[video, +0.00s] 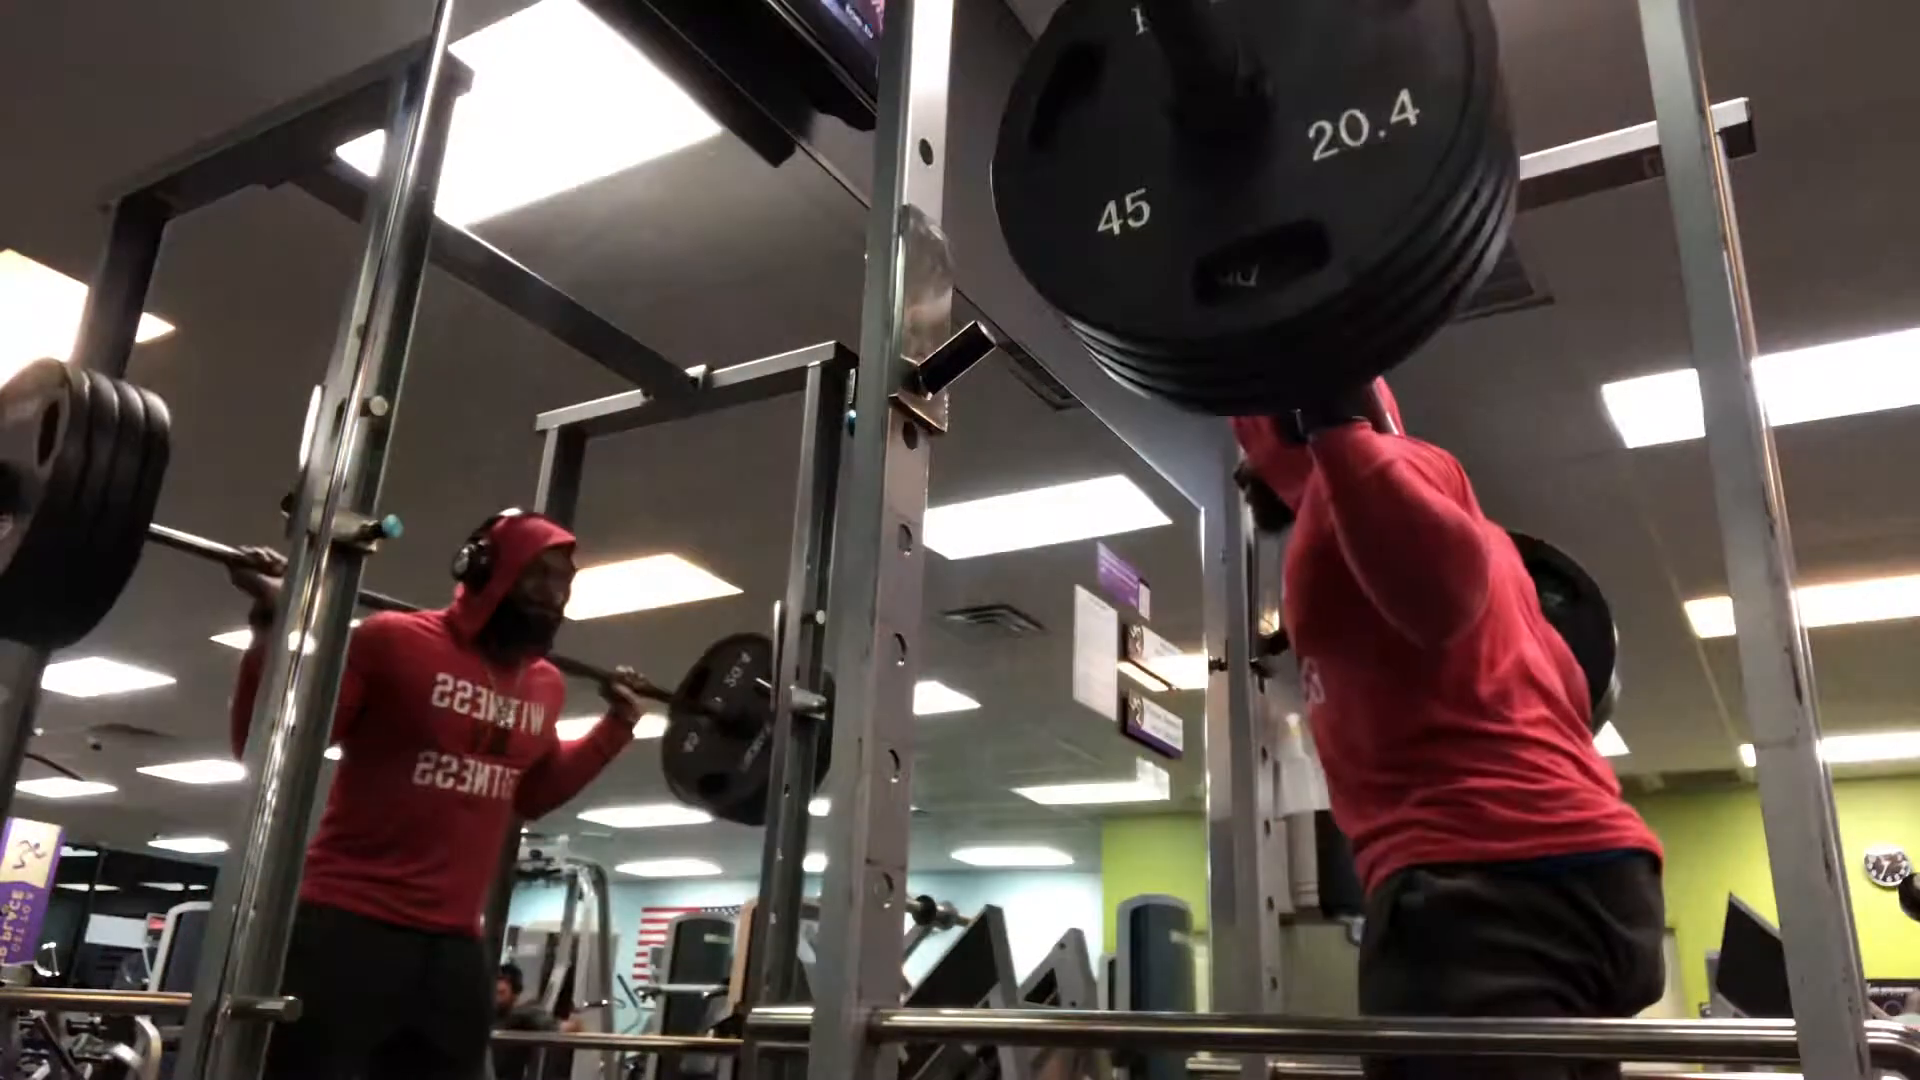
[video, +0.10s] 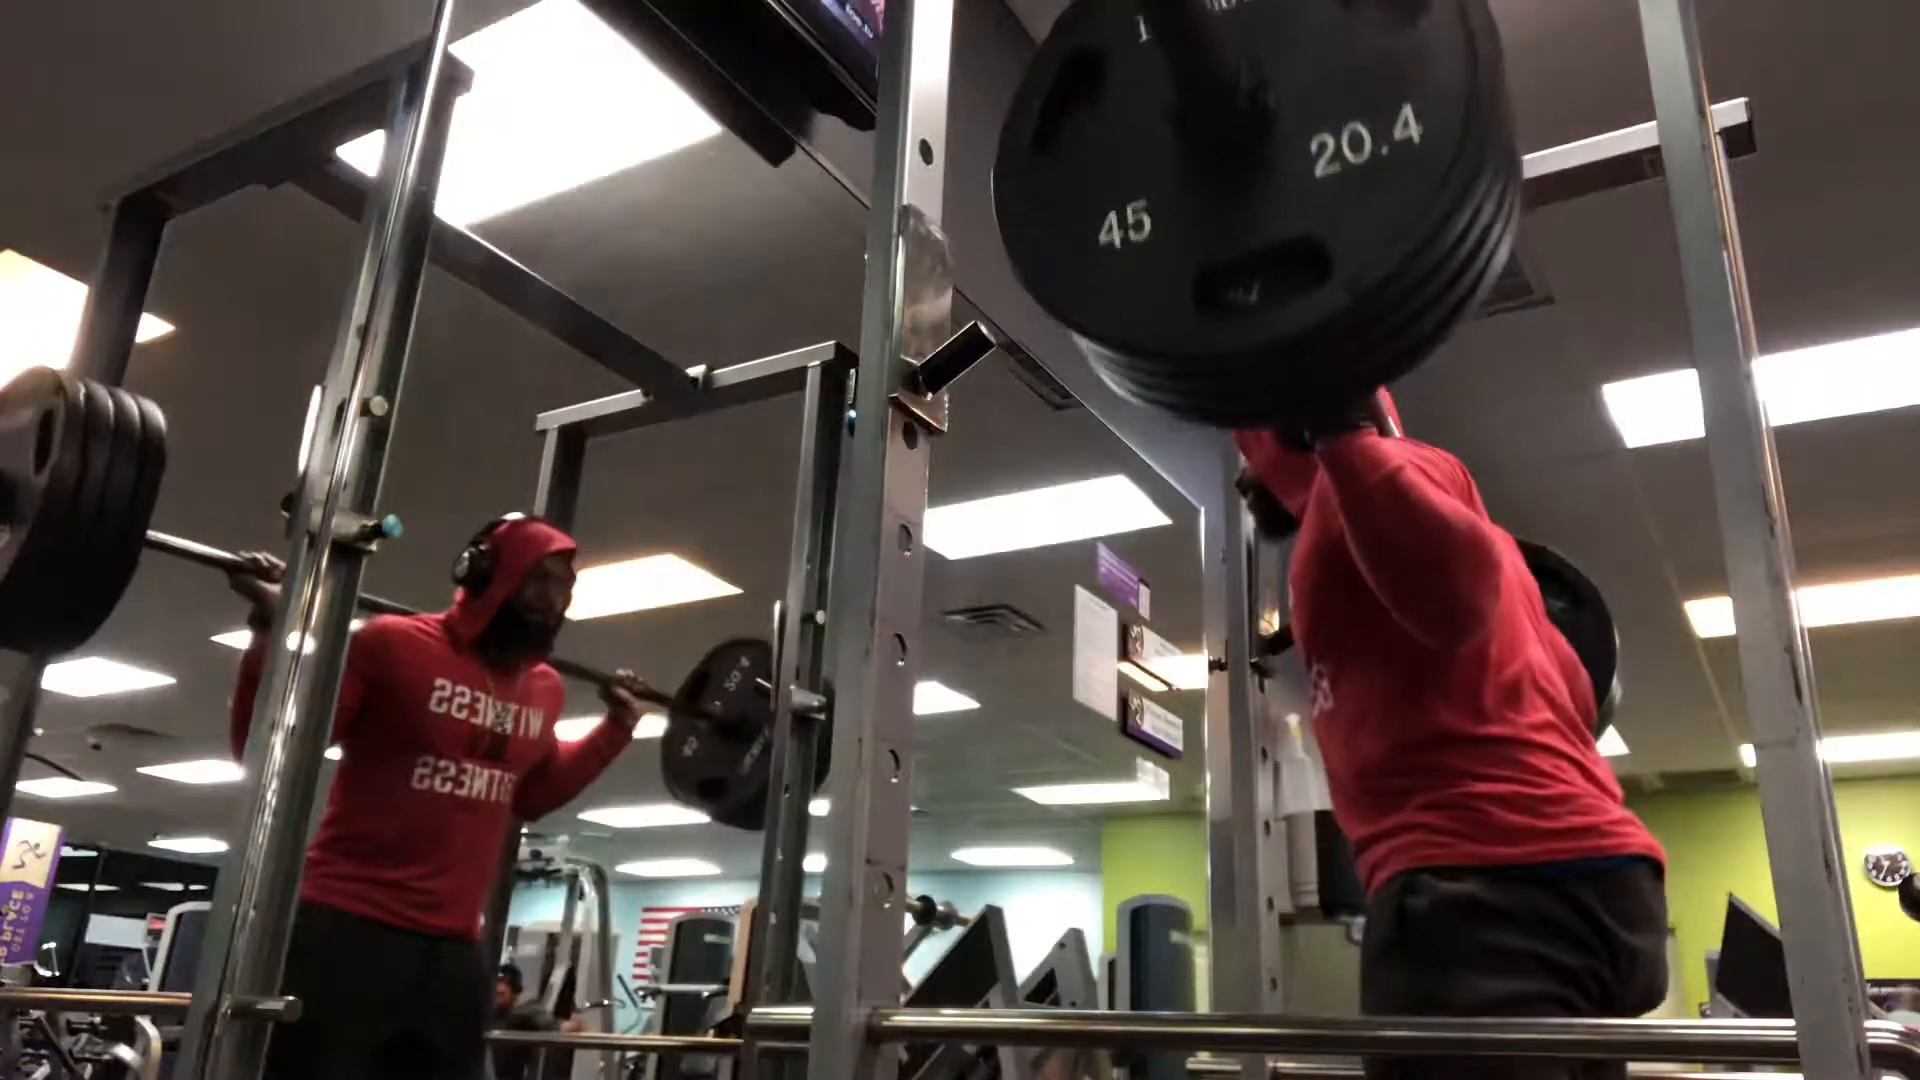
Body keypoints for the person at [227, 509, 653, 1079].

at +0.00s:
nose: (555, 594)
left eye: (564, 579)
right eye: (540, 573)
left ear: (569, 587)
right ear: (492, 573)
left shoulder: (543, 685)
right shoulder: (392, 639)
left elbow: (531, 795)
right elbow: (260, 747)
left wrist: (617, 724)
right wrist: (270, 623)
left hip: (454, 944)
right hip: (345, 924)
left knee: (448, 1070)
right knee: (317, 1071)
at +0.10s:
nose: (556, 599)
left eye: (566, 584)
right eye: (542, 579)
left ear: (569, 593)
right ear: (495, 579)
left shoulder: (542, 687)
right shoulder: (392, 643)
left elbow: (530, 797)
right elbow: (260, 747)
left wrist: (616, 728)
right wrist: (271, 627)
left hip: (453, 946)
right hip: (346, 925)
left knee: (447, 1070)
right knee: (318, 1071)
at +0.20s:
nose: (554, 601)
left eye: (564, 587)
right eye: (539, 582)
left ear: (569, 597)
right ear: (493, 582)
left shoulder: (541, 691)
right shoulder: (391, 647)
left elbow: (527, 800)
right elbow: (260, 752)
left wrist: (616, 730)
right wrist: (271, 635)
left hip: (449, 949)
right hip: (344, 928)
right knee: (317, 1071)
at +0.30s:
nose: (554, 600)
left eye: (563, 586)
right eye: (538, 581)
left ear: (567, 596)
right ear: (492, 581)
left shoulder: (541, 690)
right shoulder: (390, 647)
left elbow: (530, 801)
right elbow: (260, 752)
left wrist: (617, 729)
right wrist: (270, 636)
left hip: (447, 948)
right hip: (343, 926)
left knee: (435, 1072)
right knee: (316, 1071)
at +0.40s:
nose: (551, 598)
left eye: (561, 585)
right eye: (536, 579)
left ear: (567, 595)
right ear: (490, 578)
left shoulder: (541, 688)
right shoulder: (391, 645)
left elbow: (532, 798)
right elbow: (262, 751)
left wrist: (617, 725)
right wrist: (270, 634)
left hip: (452, 946)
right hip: (345, 923)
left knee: (437, 1072)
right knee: (315, 1071)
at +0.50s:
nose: (551, 599)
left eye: (561, 585)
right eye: (536, 579)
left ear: (566, 595)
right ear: (490, 578)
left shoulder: (540, 688)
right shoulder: (390, 645)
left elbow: (531, 797)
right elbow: (261, 751)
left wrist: (616, 724)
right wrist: (269, 636)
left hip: (454, 949)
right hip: (346, 925)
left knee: (443, 1071)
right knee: (315, 1071)